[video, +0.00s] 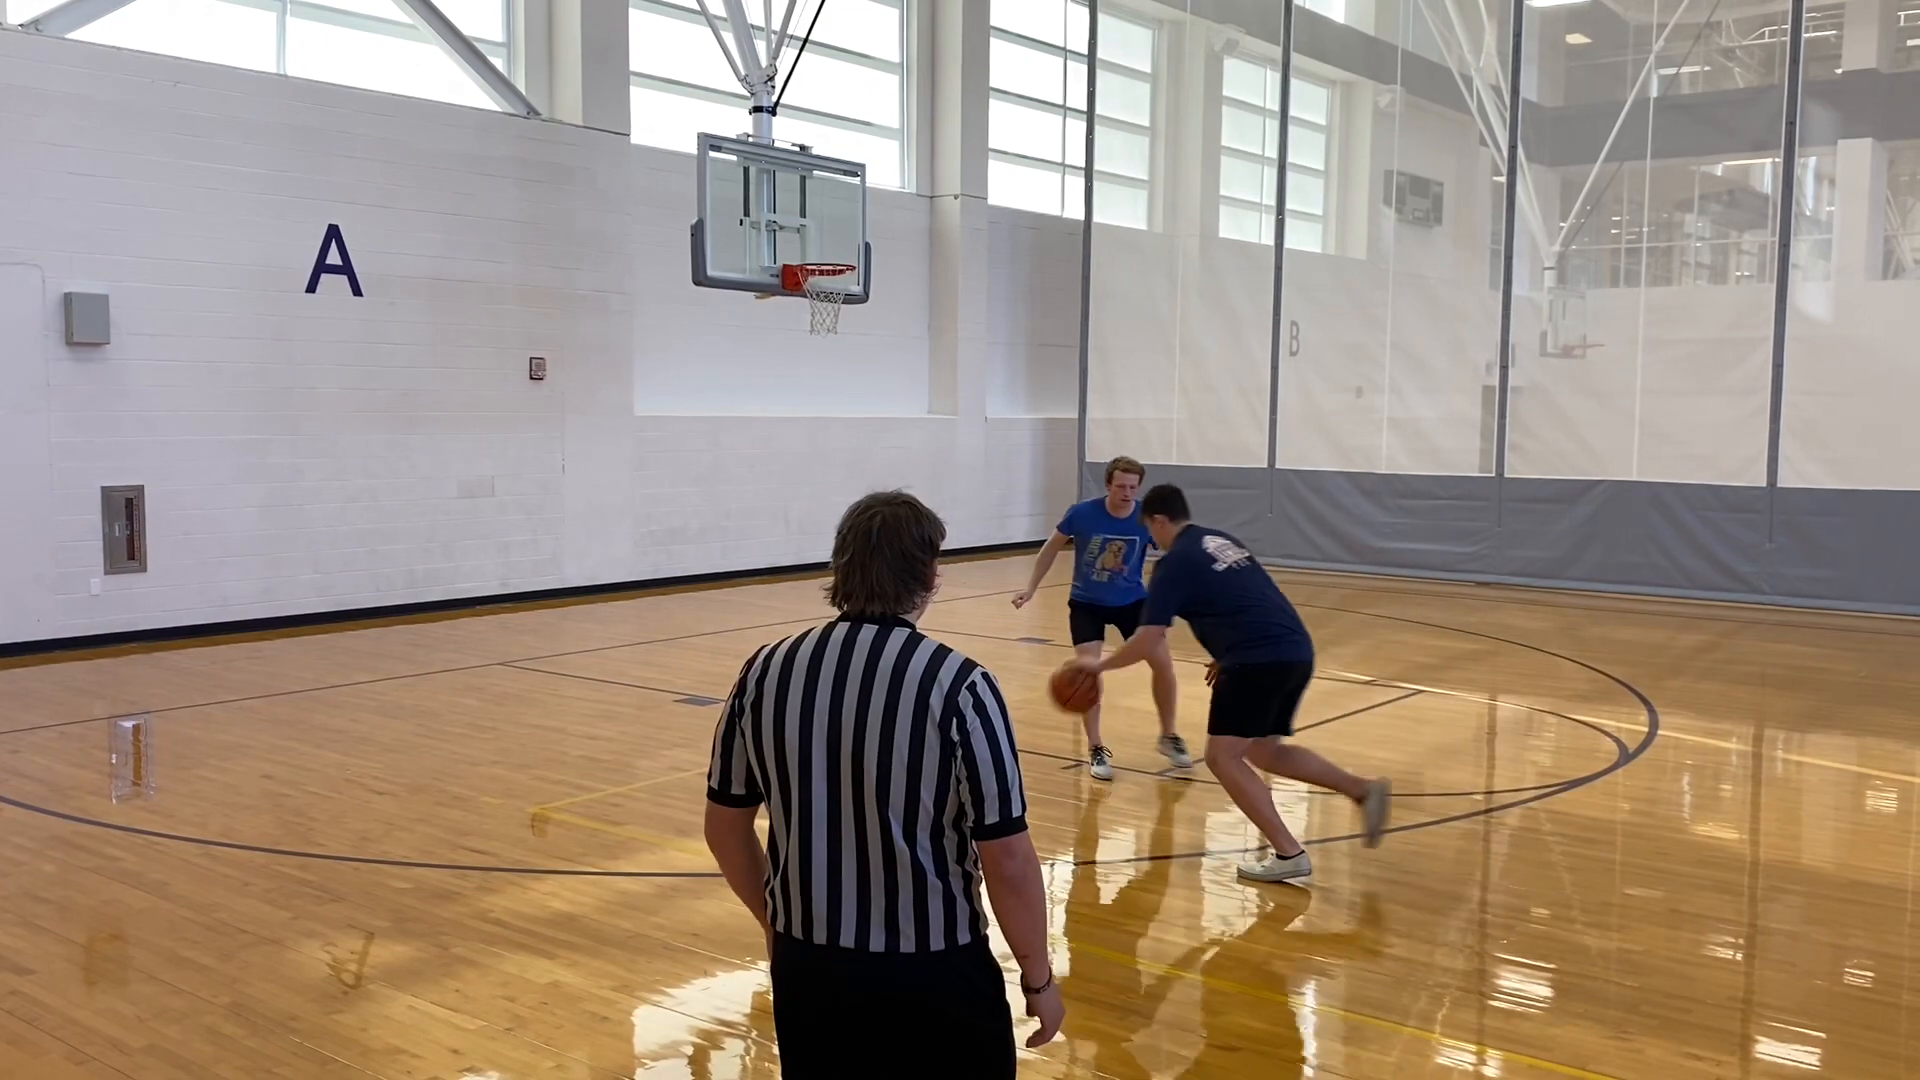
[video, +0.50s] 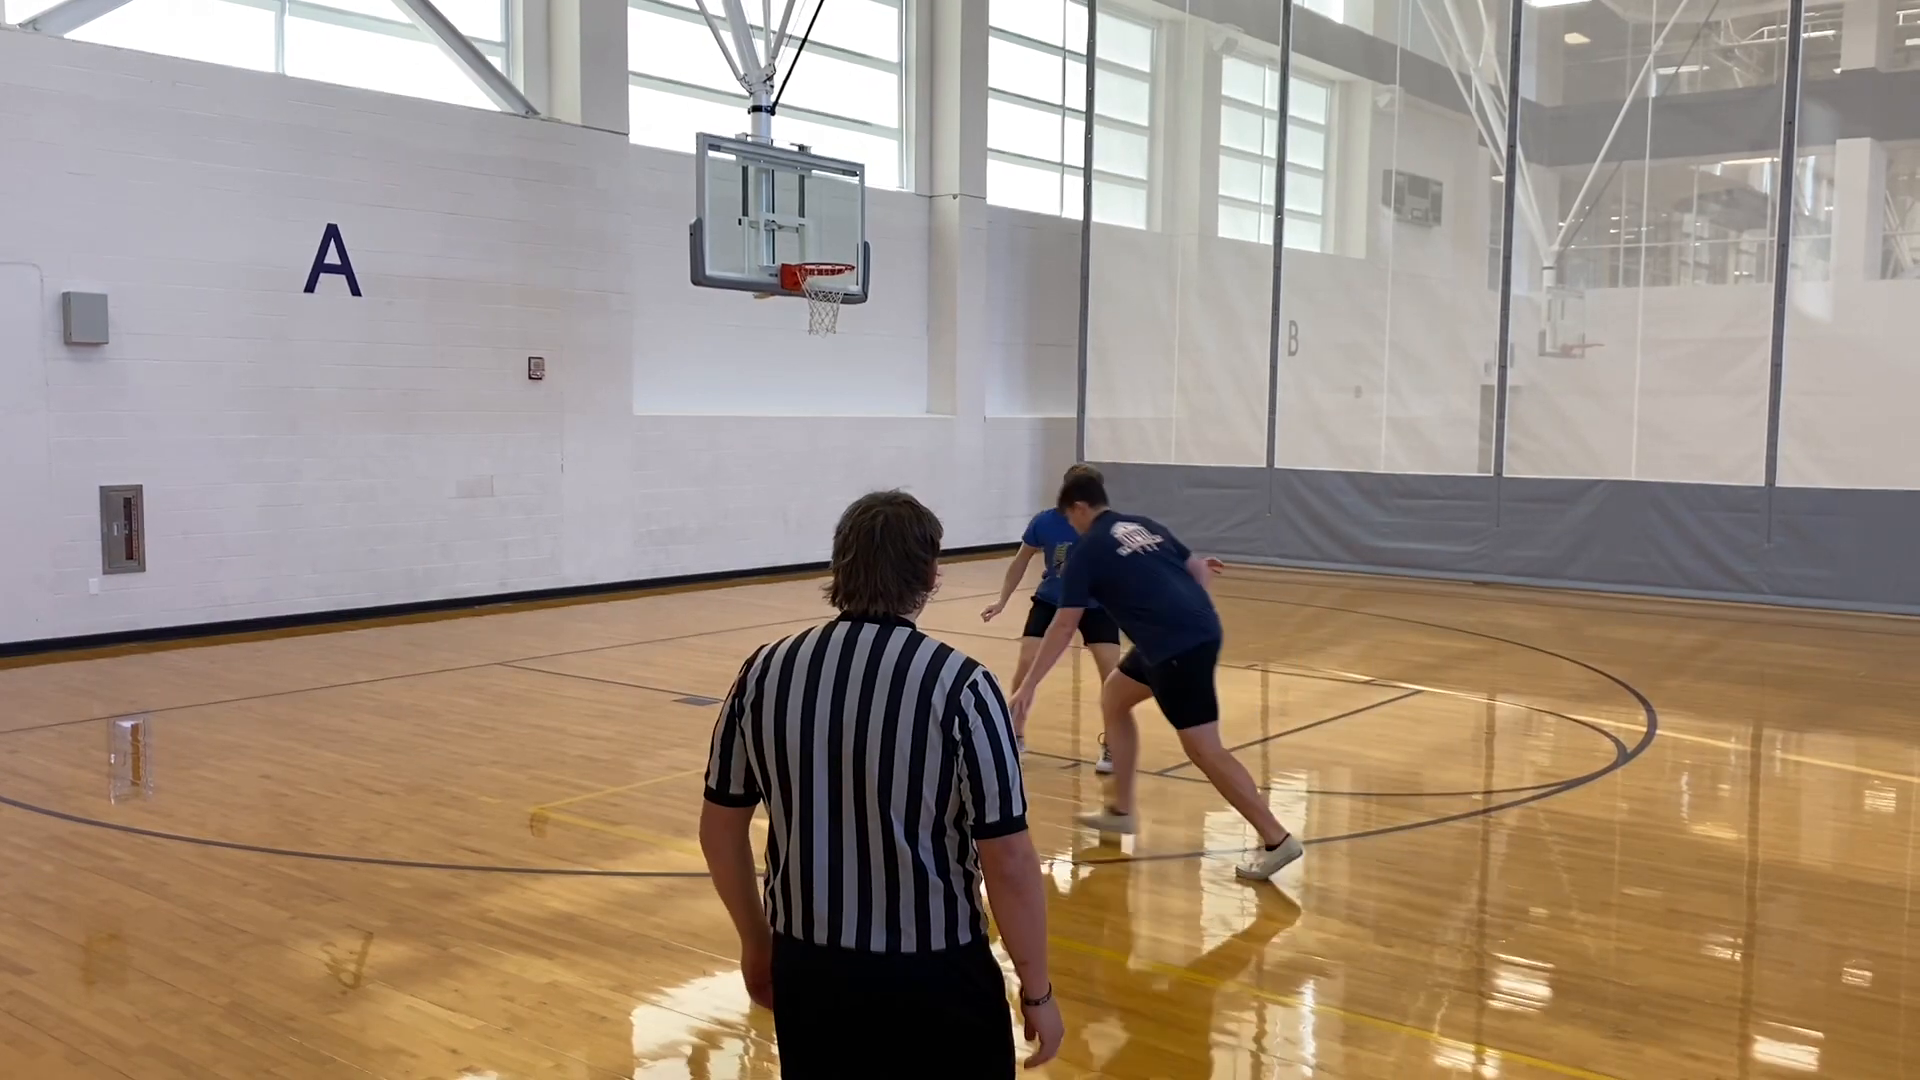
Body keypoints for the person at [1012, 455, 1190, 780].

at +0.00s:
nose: (1126, 493)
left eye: (1132, 487)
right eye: (1120, 486)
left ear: (1138, 488)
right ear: (1107, 485)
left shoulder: (1147, 519)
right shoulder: (1081, 514)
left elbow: (1177, 552)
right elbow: (1053, 545)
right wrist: (1031, 588)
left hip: (1132, 601)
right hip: (1087, 602)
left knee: (1163, 661)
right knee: (1088, 672)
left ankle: (1169, 736)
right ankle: (1096, 748)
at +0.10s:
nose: (1117, 491)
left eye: (1123, 486)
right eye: (1112, 485)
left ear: (1130, 488)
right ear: (1100, 484)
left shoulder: (1136, 518)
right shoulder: (1074, 512)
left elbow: (1154, 556)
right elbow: (1045, 547)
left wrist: (1153, 595)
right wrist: (1024, 588)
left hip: (1122, 599)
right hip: (1078, 599)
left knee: (1150, 662)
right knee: (1077, 670)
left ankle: (1147, 732)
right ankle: (1084, 744)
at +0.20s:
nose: (1113, 492)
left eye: (1119, 486)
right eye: (1108, 485)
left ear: (1125, 488)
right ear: (1095, 484)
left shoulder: (1130, 518)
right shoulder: (1070, 512)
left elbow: (1149, 557)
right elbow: (1041, 549)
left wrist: (1150, 594)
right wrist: (1021, 589)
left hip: (1118, 599)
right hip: (1074, 598)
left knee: (1144, 662)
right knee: (1071, 666)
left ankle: (1139, 732)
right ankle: (1077, 742)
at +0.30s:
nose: (1102, 493)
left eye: (1109, 488)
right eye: (1097, 486)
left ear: (1117, 489)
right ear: (1086, 484)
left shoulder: (1122, 517)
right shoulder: (1062, 514)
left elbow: (1139, 557)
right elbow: (1035, 551)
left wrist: (1143, 595)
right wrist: (1015, 592)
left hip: (1111, 599)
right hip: (1067, 598)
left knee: (1133, 662)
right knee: (1058, 661)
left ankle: (1125, 733)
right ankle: (1060, 740)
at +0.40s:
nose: (1091, 493)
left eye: (1097, 488)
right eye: (1086, 487)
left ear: (1106, 489)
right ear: (1076, 486)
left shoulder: (1114, 518)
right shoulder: (1054, 518)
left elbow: (1134, 558)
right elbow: (1028, 555)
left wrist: (1138, 600)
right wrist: (1009, 595)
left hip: (1104, 601)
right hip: (1060, 599)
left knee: (1122, 670)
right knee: (1043, 664)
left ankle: (1115, 739)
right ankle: (1038, 738)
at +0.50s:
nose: (1084, 495)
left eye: (1088, 489)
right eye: (1078, 488)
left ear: (1091, 493)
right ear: (1068, 491)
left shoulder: (1105, 522)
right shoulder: (1045, 522)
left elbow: (1125, 565)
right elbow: (1021, 561)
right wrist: (1002, 601)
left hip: (1095, 603)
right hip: (1051, 600)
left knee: (1112, 672)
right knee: (1027, 662)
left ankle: (1111, 743)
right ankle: (1015, 734)